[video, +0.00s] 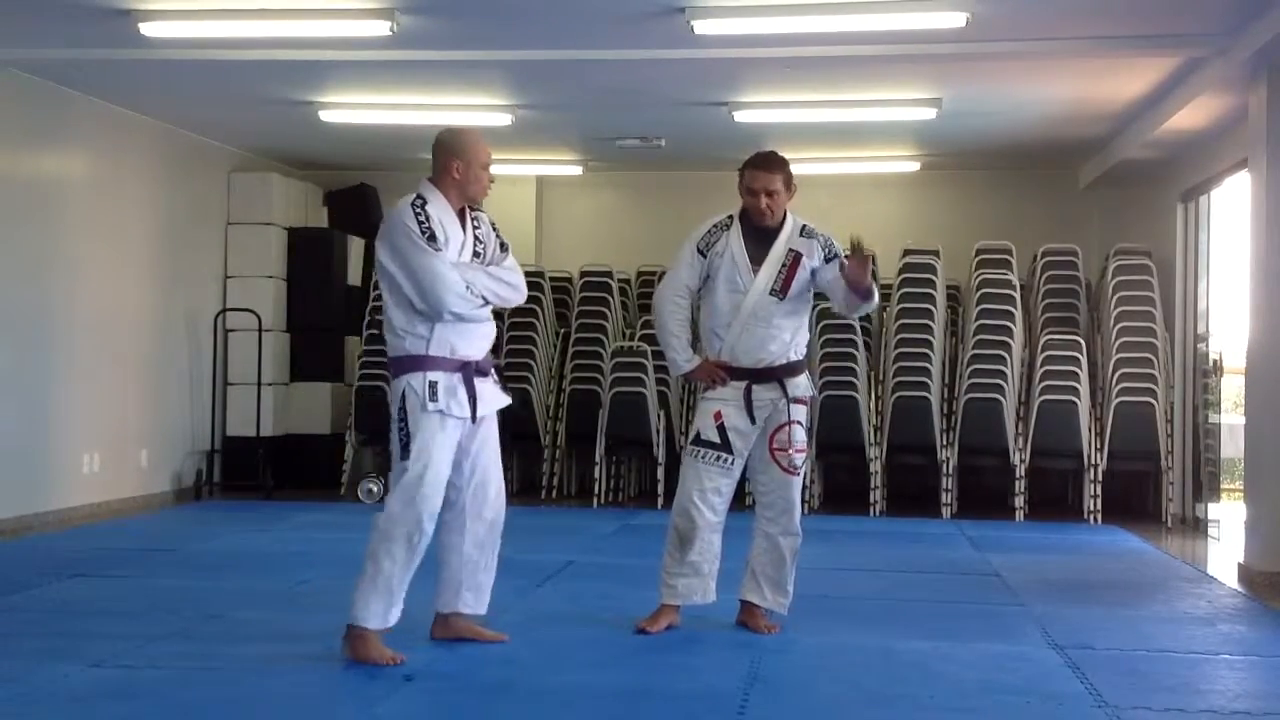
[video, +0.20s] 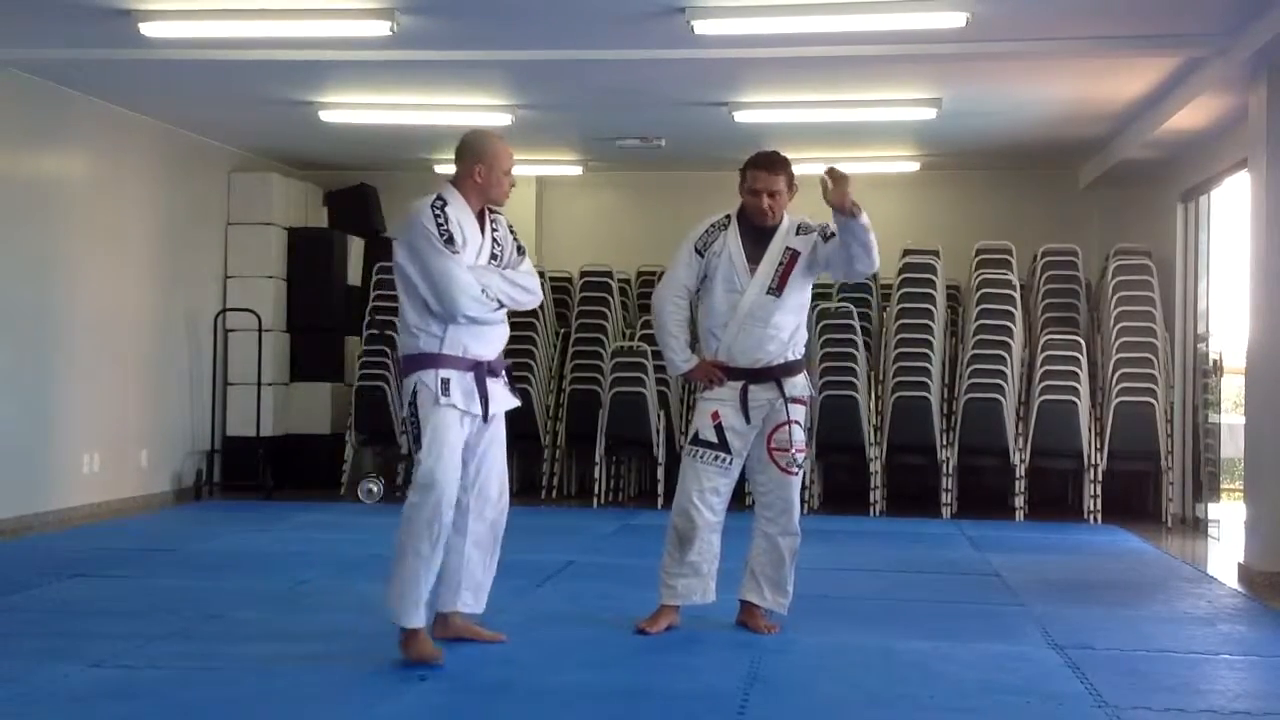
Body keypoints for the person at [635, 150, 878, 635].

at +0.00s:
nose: (763, 203)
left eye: (773, 194)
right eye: (754, 193)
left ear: (790, 194)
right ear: (740, 191)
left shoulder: (814, 244)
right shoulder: (713, 237)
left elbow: (851, 304)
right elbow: (669, 298)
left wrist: (860, 287)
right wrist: (687, 360)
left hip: (787, 390)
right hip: (722, 386)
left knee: (780, 506)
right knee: (695, 501)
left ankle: (757, 604)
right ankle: (672, 602)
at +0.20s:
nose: (765, 203)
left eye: (775, 194)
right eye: (756, 193)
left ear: (790, 195)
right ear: (740, 191)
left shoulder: (806, 238)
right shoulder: (711, 236)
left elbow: (860, 262)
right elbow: (668, 298)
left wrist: (847, 213)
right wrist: (686, 361)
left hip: (784, 388)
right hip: (720, 386)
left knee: (779, 506)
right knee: (694, 502)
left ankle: (757, 604)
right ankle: (672, 603)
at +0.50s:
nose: (750, 208)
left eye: (762, 201)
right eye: (744, 197)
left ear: (783, 200)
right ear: (735, 190)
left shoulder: (801, 236)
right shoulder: (708, 236)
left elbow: (850, 230)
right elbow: (668, 299)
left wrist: (805, 184)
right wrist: (686, 362)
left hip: (783, 387)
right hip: (720, 385)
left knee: (779, 505)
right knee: (693, 500)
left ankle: (755, 604)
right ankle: (671, 604)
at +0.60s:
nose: (743, 205)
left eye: (755, 199)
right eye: (738, 195)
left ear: (780, 198)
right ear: (733, 187)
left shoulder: (800, 235)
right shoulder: (708, 236)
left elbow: (846, 234)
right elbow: (668, 300)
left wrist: (803, 185)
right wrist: (686, 361)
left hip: (784, 386)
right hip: (721, 385)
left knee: (779, 505)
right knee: (693, 501)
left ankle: (755, 604)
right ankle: (671, 604)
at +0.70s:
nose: (739, 201)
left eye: (750, 196)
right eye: (736, 192)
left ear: (778, 197)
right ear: (732, 187)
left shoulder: (800, 235)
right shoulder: (708, 237)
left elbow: (844, 235)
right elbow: (669, 299)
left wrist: (802, 186)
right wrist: (686, 361)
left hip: (783, 387)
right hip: (720, 385)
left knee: (779, 507)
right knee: (692, 502)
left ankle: (755, 605)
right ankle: (670, 605)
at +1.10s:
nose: (744, 198)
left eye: (756, 192)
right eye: (741, 189)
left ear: (783, 195)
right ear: (737, 185)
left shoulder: (804, 236)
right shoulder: (712, 235)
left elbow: (846, 237)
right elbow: (673, 295)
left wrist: (807, 184)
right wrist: (684, 357)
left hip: (782, 386)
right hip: (719, 383)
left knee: (778, 505)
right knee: (692, 500)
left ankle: (754, 605)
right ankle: (670, 605)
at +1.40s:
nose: (749, 196)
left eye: (761, 189)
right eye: (745, 186)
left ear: (787, 194)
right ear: (741, 185)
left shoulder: (808, 237)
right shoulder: (715, 234)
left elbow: (850, 235)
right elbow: (675, 294)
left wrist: (812, 186)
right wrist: (685, 356)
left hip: (784, 387)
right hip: (721, 384)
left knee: (778, 506)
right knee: (694, 500)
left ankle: (755, 606)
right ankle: (671, 605)